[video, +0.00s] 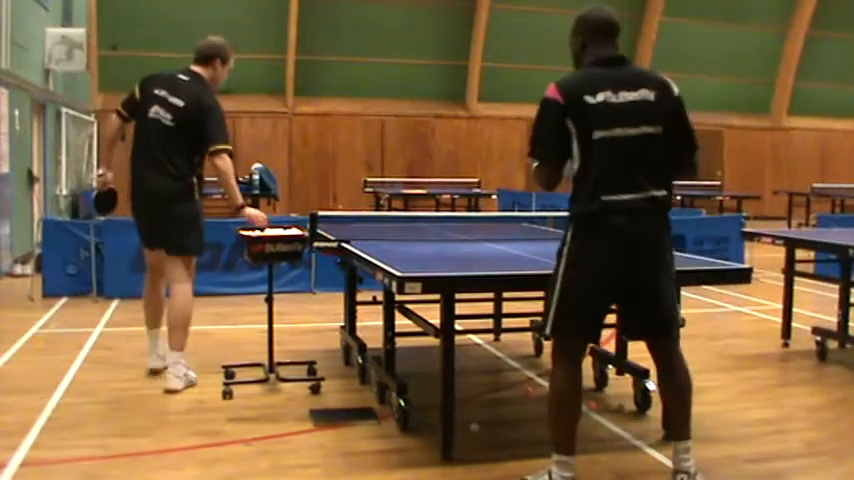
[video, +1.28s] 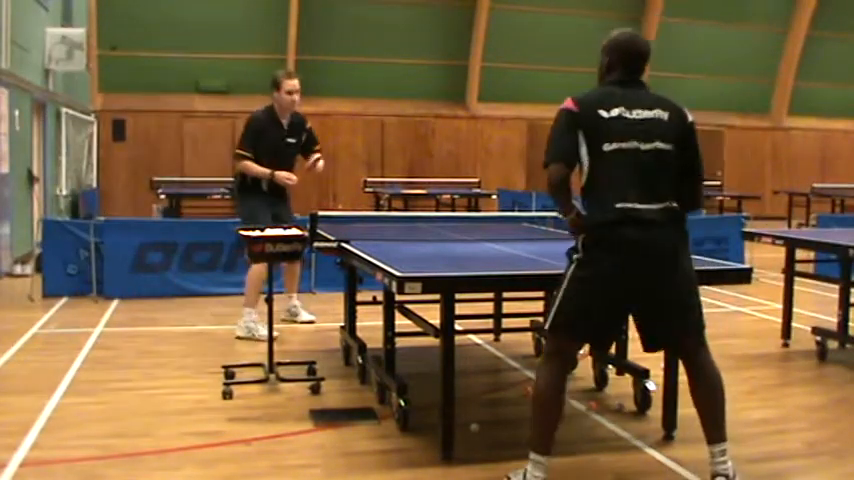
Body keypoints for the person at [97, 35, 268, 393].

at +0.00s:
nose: (226, 76)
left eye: (227, 70)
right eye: (227, 69)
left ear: (196, 59)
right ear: (217, 65)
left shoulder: (155, 81)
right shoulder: (206, 101)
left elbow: (117, 121)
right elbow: (220, 159)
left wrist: (106, 167)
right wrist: (241, 206)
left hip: (142, 192)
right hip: (177, 195)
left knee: (155, 270)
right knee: (180, 277)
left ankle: (156, 355)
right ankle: (177, 367)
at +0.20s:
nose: (228, 79)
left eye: (228, 73)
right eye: (229, 73)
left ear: (198, 68)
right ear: (220, 72)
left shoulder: (165, 95)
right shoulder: (208, 106)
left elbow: (135, 130)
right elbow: (208, 156)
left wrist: (136, 177)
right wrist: (231, 198)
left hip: (156, 196)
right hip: (186, 199)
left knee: (169, 272)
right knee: (188, 279)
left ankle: (171, 340)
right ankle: (175, 357)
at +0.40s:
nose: (232, 73)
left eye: (231, 67)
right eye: (232, 67)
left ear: (204, 64)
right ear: (223, 66)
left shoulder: (180, 89)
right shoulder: (210, 98)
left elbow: (161, 129)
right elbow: (198, 145)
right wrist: (214, 189)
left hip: (168, 188)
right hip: (194, 190)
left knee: (176, 262)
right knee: (220, 259)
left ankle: (172, 339)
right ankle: (186, 322)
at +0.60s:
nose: (245, 75)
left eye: (245, 69)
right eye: (244, 69)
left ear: (220, 68)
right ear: (236, 70)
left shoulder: (203, 95)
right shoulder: (219, 102)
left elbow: (213, 141)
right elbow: (203, 148)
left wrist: (238, 158)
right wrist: (226, 186)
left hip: (188, 190)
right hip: (210, 191)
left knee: (185, 261)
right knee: (233, 256)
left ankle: (173, 334)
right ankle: (240, 324)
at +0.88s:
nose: (273, 84)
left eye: (273, 79)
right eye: (269, 79)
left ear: (253, 81)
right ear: (252, 81)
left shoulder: (241, 105)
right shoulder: (242, 112)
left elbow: (241, 146)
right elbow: (225, 157)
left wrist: (265, 154)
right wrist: (256, 183)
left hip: (227, 193)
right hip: (238, 195)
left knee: (238, 253)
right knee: (259, 257)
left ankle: (205, 301)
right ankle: (247, 323)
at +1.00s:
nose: (279, 83)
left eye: (280, 77)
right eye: (274, 77)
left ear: (266, 81)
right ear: (257, 80)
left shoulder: (263, 107)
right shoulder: (245, 109)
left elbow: (259, 140)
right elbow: (229, 155)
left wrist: (279, 151)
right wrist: (261, 174)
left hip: (253, 187)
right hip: (238, 189)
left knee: (261, 249)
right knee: (260, 252)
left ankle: (241, 303)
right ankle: (246, 321)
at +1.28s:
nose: (295, 98)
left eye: (298, 93)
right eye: (289, 93)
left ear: (300, 95)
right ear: (275, 94)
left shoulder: (299, 122)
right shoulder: (259, 121)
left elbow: (313, 151)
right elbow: (241, 162)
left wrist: (315, 161)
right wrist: (274, 174)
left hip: (279, 191)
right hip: (252, 191)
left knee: (293, 244)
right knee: (262, 251)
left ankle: (292, 304)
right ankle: (248, 318)